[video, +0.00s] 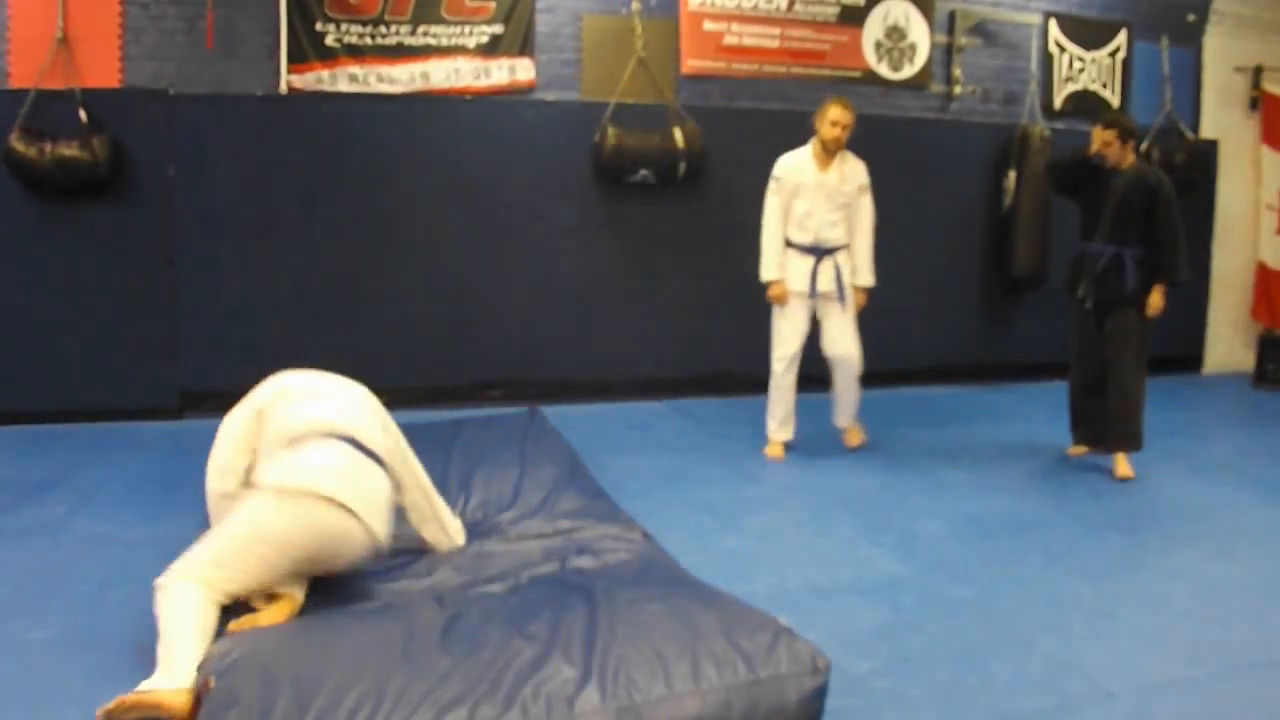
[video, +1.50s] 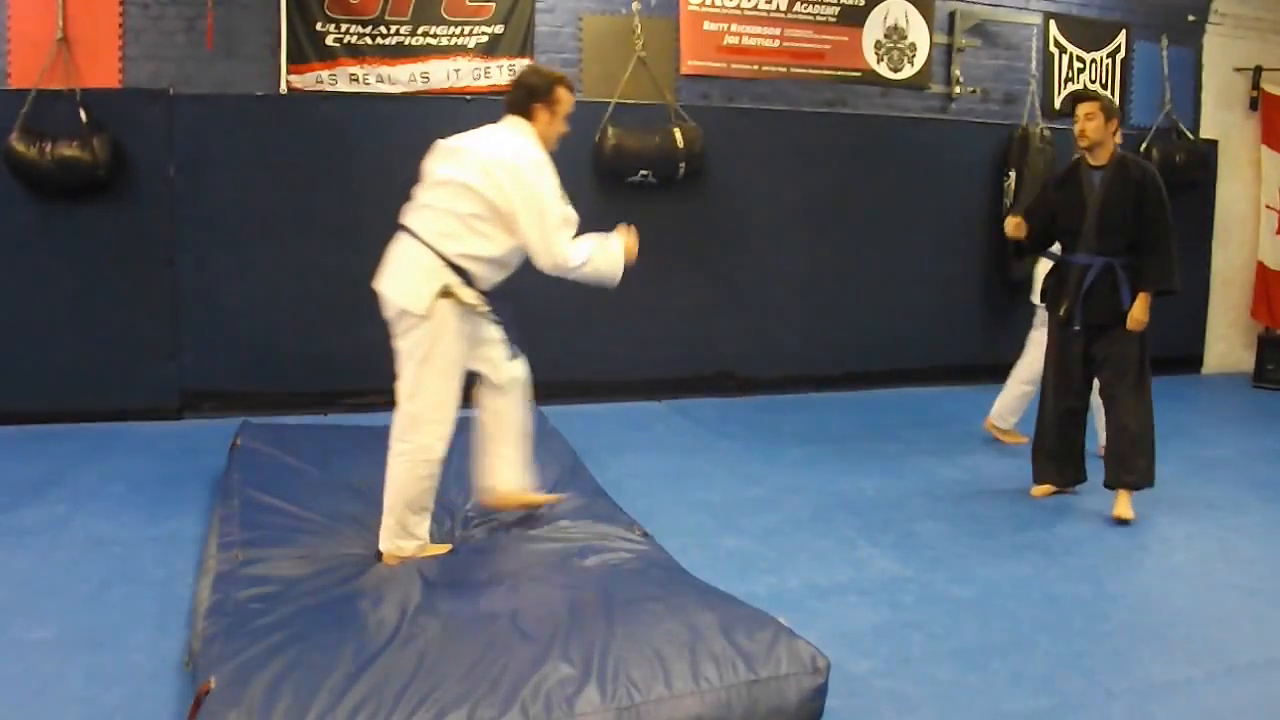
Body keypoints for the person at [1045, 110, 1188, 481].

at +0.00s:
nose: (1098, 152)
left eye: (1105, 145)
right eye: (1096, 145)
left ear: (1125, 144)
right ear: (1097, 146)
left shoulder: (1152, 182)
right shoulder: (1093, 176)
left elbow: (1167, 239)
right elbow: (1057, 177)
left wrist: (1160, 284)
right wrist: (1088, 158)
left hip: (1130, 284)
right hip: (1091, 280)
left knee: (1124, 365)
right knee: (1087, 360)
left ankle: (1120, 448)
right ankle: (1088, 436)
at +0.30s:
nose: (1116, 147)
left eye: (1123, 140)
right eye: (1113, 140)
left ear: (1144, 141)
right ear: (1110, 141)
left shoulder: (1167, 181)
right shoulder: (1104, 173)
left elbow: (1179, 241)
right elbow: (1069, 171)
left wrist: (1169, 288)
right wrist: (1100, 147)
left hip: (1138, 287)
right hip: (1094, 281)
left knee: (1130, 370)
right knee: (1085, 363)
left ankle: (1121, 453)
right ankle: (1086, 433)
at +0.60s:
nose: (1121, 145)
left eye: (1129, 138)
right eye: (1117, 138)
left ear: (1147, 138)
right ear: (1112, 141)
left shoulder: (1169, 180)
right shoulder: (1106, 173)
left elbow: (1181, 240)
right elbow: (1068, 172)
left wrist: (1177, 291)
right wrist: (1100, 148)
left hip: (1142, 285)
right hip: (1097, 280)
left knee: (1132, 371)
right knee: (1077, 367)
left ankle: (1122, 455)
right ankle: (1063, 451)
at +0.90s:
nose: (1102, 141)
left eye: (1110, 133)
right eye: (1097, 134)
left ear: (1128, 137)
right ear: (1091, 139)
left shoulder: (1154, 183)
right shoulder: (1085, 179)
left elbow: (1170, 244)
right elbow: (1043, 204)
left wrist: (1164, 298)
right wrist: (1061, 168)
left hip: (1132, 292)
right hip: (1085, 288)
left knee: (1128, 376)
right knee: (1074, 379)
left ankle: (1123, 458)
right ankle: (1063, 471)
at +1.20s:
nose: (1075, 128)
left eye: (1083, 120)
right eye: (1070, 122)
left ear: (1104, 123)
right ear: (1066, 129)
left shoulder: (1134, 173)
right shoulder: (1058, 178)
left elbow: (1159, 233)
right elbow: (1039, 243)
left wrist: (1153, 286)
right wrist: (1027, 223)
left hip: (1121, 288)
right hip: (1070, 288)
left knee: (1127, 381)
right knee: (1065, 381)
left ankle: (1125, 451)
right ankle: (1062, 473)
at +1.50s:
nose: (1080, 126)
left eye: (1089, 119)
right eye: (1077, 119)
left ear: (1113, 126)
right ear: (1074, 126)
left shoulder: (1141, 176)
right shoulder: (1067, 177)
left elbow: (1157, 243)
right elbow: (1041, 225)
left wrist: (1144, 296)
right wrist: (1022, 227)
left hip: (1121, 295)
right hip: (1072, 292)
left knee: (1123, 392)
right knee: (1063, 387)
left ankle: (1124, 486)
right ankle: (1057, 473)